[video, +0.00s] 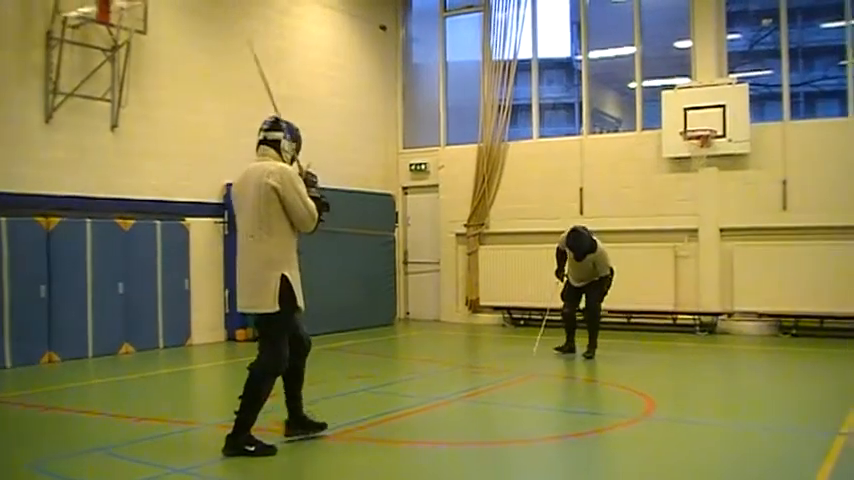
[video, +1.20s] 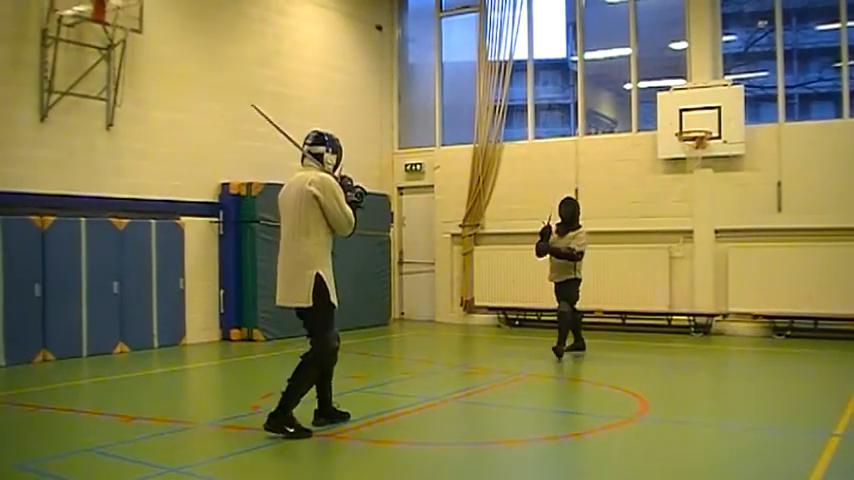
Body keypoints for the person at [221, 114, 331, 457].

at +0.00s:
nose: (296, 153)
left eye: (297, 147)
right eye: (295, 147)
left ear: (262, 143)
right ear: (286, 145)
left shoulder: (242, 178)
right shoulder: (282, 173)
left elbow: (258, 221)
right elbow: (307, 221)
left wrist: (301, 189)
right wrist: (310, 189)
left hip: (251, 280)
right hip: (276, 281)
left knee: (298, 345)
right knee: (273, 355)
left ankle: (296, 418)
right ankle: (239, 436)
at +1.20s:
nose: (336, 162)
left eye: (336, 157)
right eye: (335, 157)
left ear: (306, 154)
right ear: (328, 156)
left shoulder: (289, 185)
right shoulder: (322, 181)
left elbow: (306, 222)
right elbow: (345, 225)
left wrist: (338, 194)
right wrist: (349, 199)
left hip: (293, 278)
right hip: (315, 278)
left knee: (326, 344)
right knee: (325, 347)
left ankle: (325, 408)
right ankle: (280, 415)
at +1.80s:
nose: (346, 182)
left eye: (347, 177)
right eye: (346, 175)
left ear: (316, 169)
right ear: (337, 172)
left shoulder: (298, 198)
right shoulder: (328, 197)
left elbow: (318, 240)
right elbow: (348, 242)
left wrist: (346, 214)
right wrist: (358, 222)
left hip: (309, 289)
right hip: (328, 290)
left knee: (352, 336)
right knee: (337, 361)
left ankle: (369, 388)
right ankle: (286, 418)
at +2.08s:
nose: (371, 186)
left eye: (371, 181)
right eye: (370, 181)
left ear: (343, 178)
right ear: (361, 179)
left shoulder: (327, 206)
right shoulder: (356, 204)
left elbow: (349, 241)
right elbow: (379, 244)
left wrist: (378, 218)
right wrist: (387, 221)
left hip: (334, 292)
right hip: (351, 293)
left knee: (374, 334)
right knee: (344, 365)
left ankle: (379, 395)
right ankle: (288, 414)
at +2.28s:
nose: (386, 183)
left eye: (386, 179)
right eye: (386, 179)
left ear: (357, 176)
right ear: (380, 178)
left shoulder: (342, 205)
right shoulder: (376, 201)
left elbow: (360, 239)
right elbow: (398, 240)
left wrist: (391, 213)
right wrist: (400, 217)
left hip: (349, 288)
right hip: (369, 289)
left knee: (387, 333)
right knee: (366, 356)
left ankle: (380, 395)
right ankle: (310, 401)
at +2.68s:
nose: (402, 178)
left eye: (402, 174)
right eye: (401, 173)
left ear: (374, 170)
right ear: (395, 172)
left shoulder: (356, 199)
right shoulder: (393, 193)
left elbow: (370, 234)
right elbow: (411, 235)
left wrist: (407, 212)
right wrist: (418, 215)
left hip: (358, 280)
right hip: (381, 279)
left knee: (385, 340)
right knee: (392, 345)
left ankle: (376, 393)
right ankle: (366, 411)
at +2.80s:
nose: (403, 179)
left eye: (403, 174)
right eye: (402, 174)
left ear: (374, 172)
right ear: (395, 173)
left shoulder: (356, 202)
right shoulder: (394, 197)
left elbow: (372, 236)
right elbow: (413, 239)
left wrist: (407, 214)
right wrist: (420, 219)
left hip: (360, 287)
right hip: (385, 286)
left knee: (384, 340)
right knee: (400, 352)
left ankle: (378, 394)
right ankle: (367, 415)